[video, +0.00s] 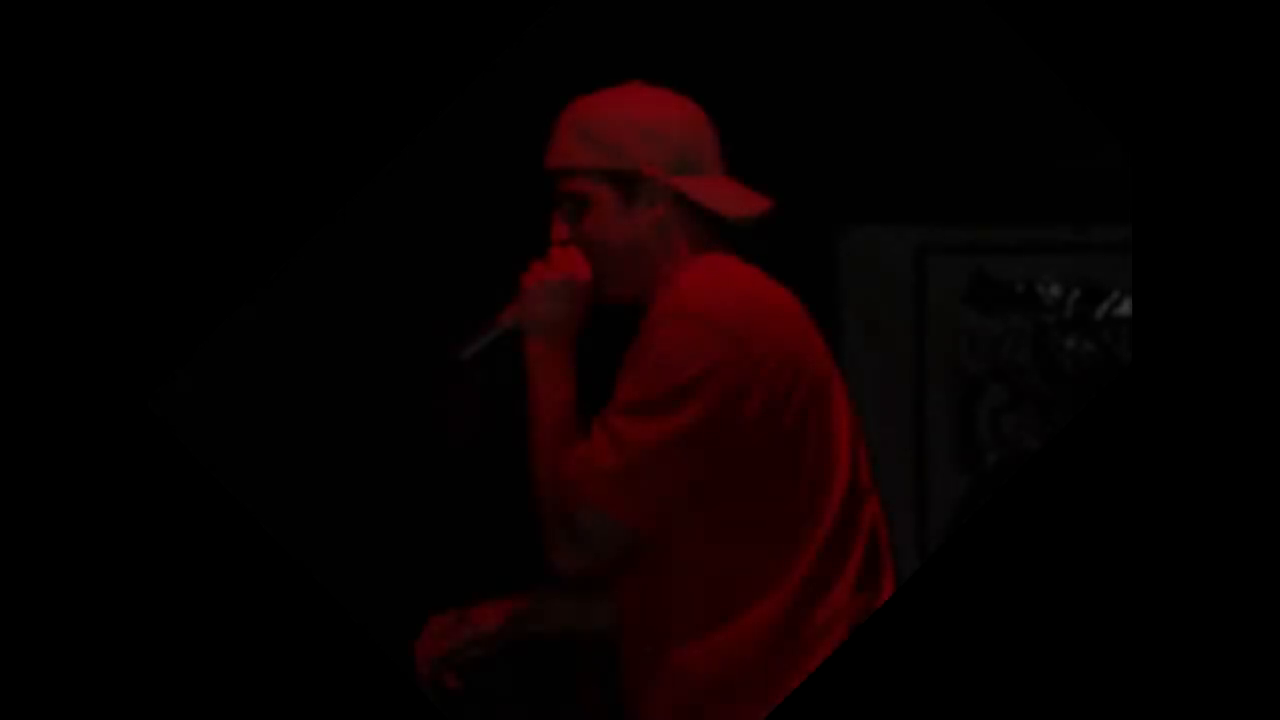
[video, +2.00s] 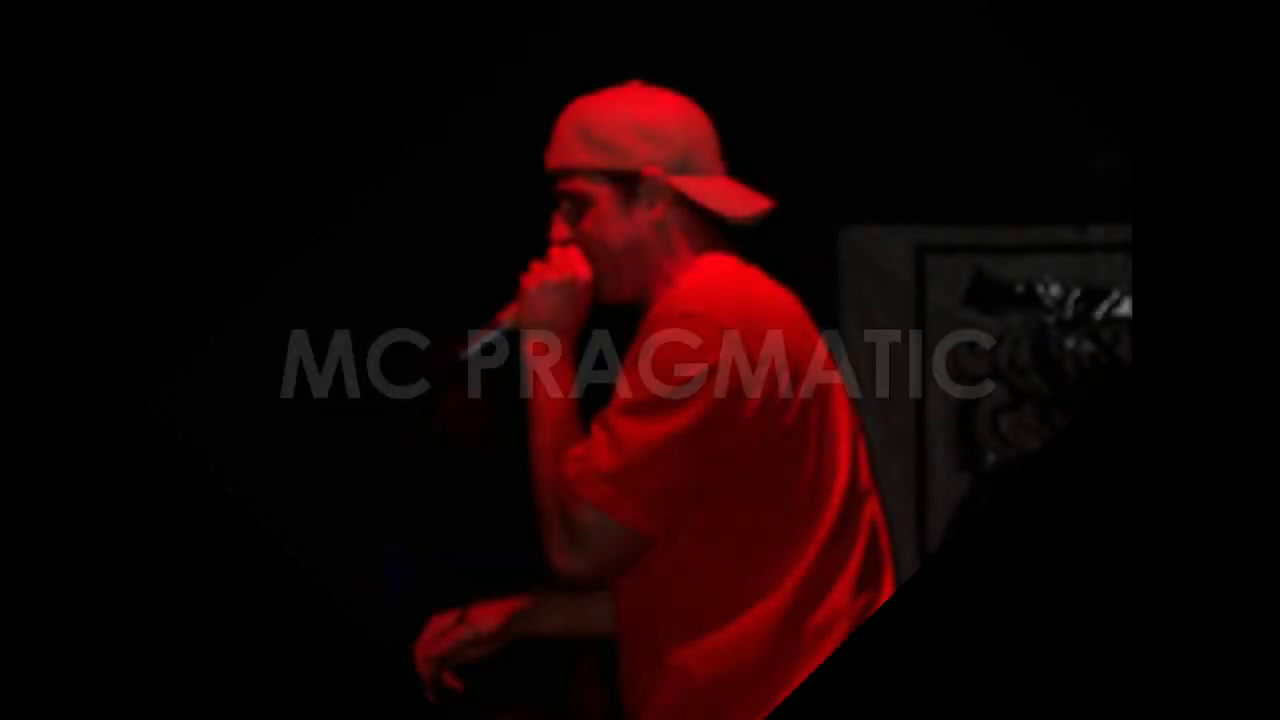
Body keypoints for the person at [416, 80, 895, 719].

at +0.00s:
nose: (560, 233)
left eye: (578, 207)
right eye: (559, 208)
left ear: (651, 203)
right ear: (646, 205)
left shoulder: (707, 315)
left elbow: (580, 533)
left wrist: (548, 345)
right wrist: (515, 625)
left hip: (737, 693)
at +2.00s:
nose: (559, 234)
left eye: (576, 206)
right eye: (559, 209)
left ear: (653, 200)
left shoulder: (705, 315)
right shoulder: (750, 305)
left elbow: (578, 543)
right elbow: (702, 576)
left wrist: (545, 346)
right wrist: (521, 621)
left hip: (732, 697)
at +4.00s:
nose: (559, 233)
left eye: (576, 206)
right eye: (559, 209)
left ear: (653, 200)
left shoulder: (707, 313)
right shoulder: (743, 304)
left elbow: (578, 543)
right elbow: (698, 579)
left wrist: (545, 349)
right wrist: (519, 620)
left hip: (738, 704)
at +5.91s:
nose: (560, 234)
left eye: (577, 206)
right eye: (559, 209)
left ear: (652, 198)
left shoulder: (707, 313)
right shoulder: (745, 303)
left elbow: (577, 544)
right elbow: (699, 581)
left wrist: (545, 347)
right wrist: (520, 620)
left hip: (739, 704)